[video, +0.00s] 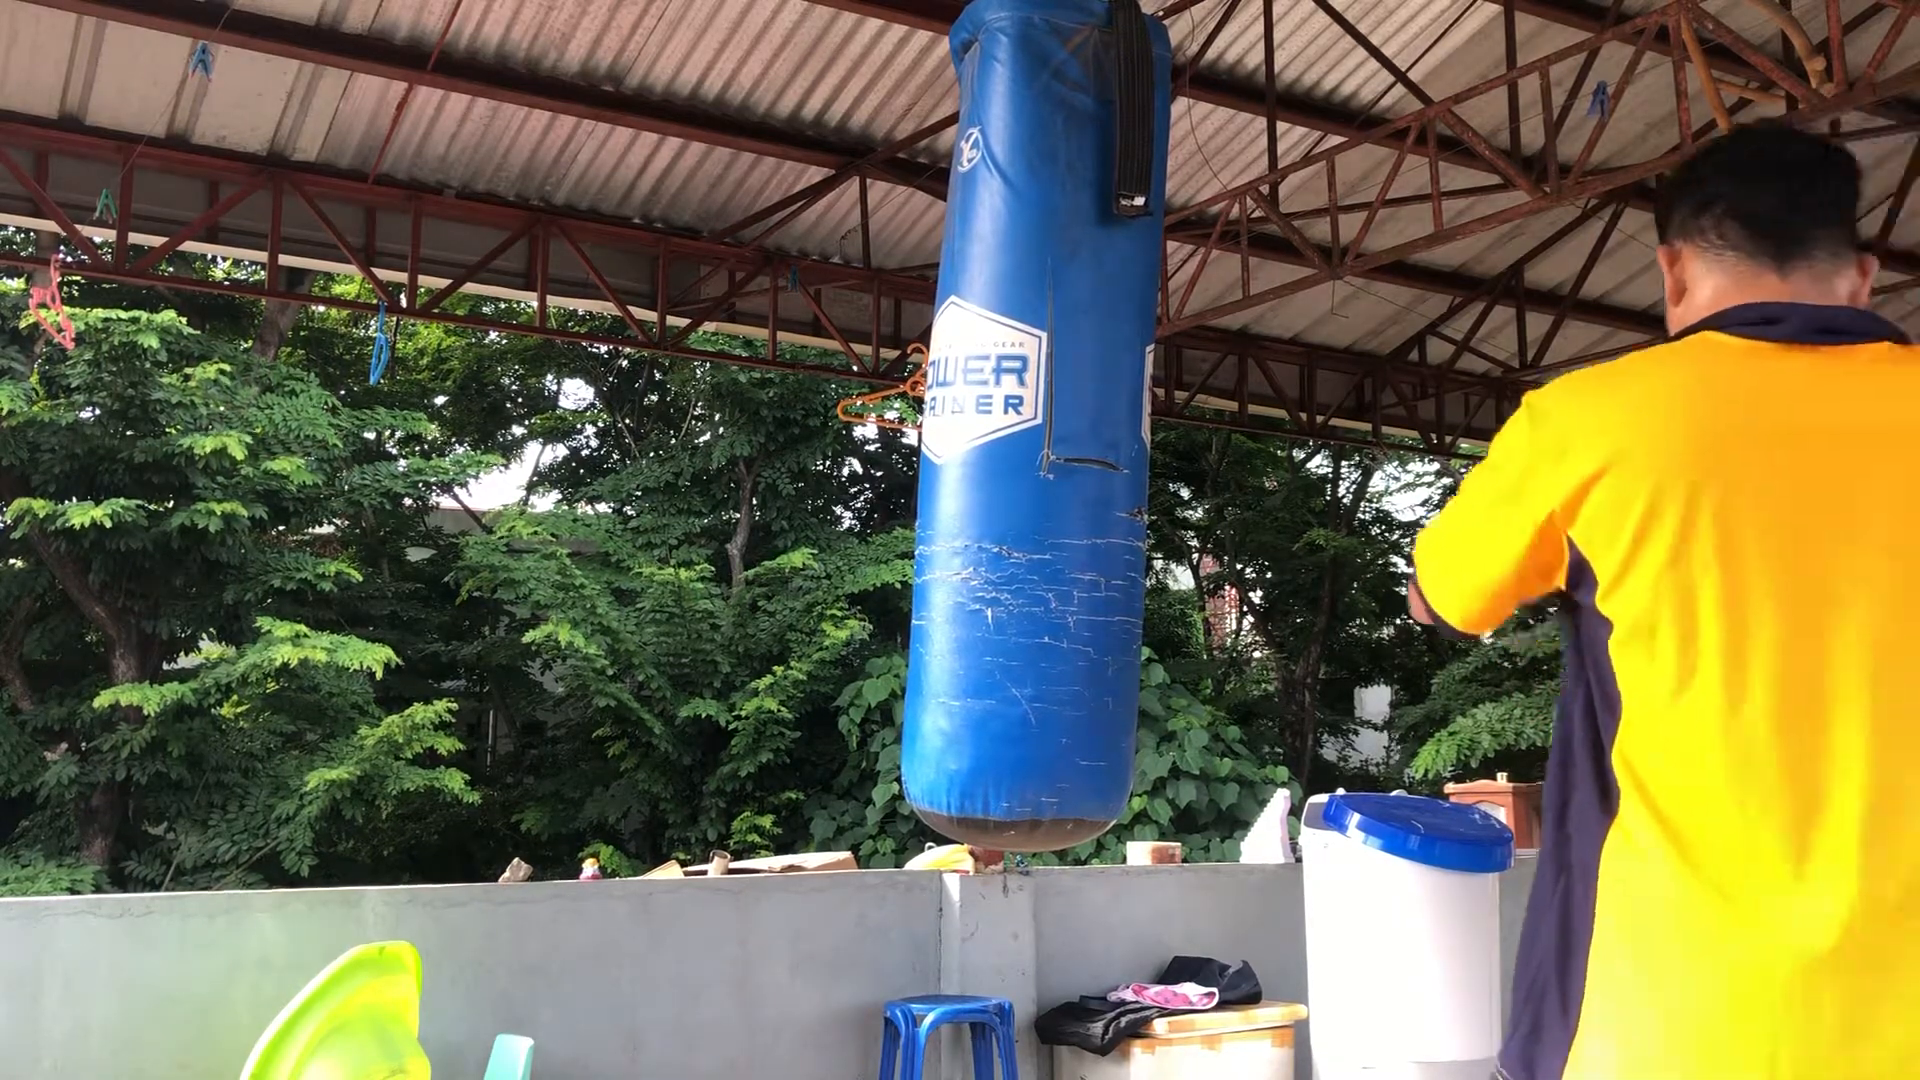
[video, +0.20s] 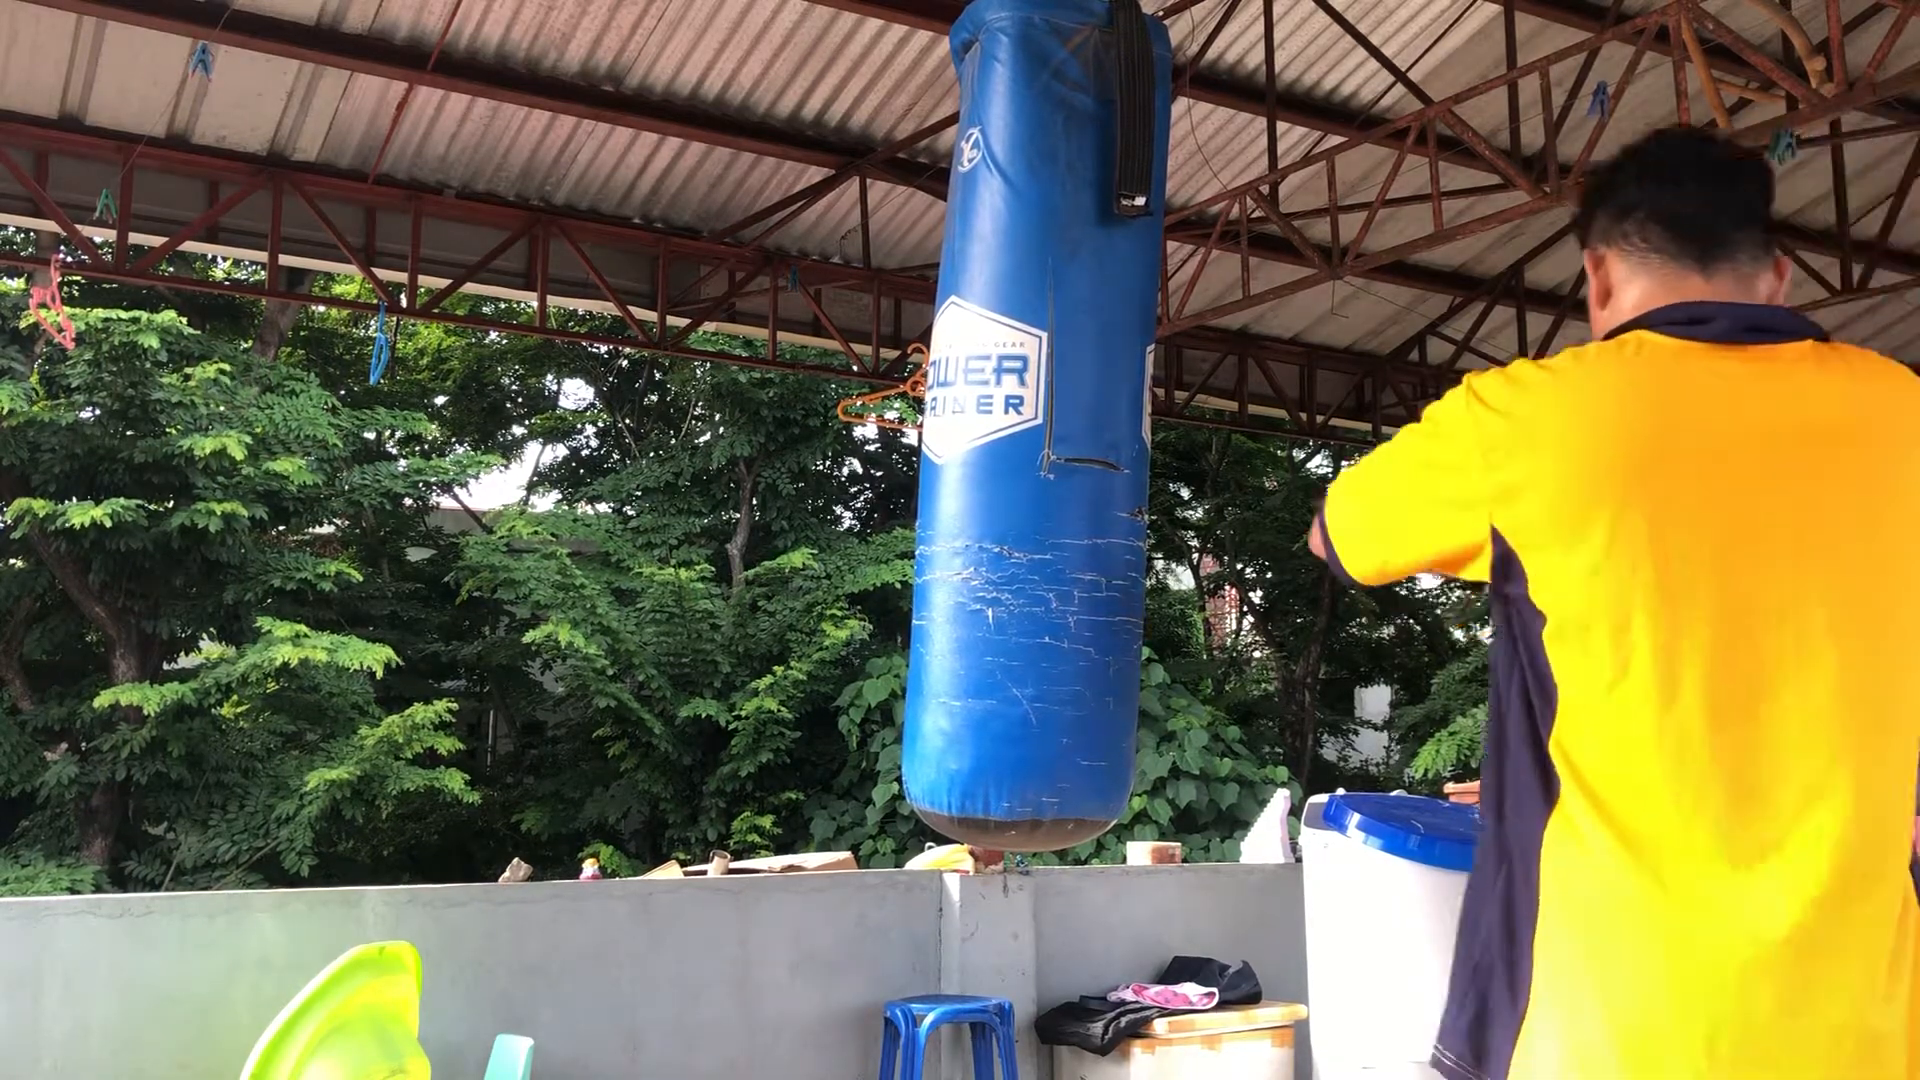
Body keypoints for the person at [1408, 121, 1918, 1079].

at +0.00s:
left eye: (1662, 289)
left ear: (1672, 278)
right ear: (1862, 283)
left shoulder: (1595, 413)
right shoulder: (1907, 387)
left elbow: (1446, 595)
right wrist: (1548, 811)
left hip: (1673, 1030)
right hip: (1897, 1024)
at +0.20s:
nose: (1589, 316)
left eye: (1583, 297)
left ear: (1600, 284)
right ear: (1778, 278)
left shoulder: (1528, 413)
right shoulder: (1903, 407)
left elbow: (1340, 538)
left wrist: (1507, 516)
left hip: (1604, 1032)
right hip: (1871, 1028)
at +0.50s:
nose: (1501, 330)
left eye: (1497, 313)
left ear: (1517, 297)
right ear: (1689, 294)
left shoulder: (1443, 408)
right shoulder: (1806, 410)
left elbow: (1269, 521)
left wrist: (1437, 555)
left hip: (1533, 1029)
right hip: (1789, 1020)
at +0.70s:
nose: (1505, 340)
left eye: (1501, 322)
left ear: (1520, 305)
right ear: (1687, 301)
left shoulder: (1455, 416)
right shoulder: (1804, 422)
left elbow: (1284, 542)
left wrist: (1453, 543)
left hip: (1538, 1026)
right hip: (1783, 1017)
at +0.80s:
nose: (1514, 345)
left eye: (1512, 323)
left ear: (1536, 305)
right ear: (1697, 306)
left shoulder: (1473, 414)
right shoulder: (1816, 427)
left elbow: (1300, 539)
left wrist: (1435, 582)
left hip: (1547, 1030)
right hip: (1789, 1022)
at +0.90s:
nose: (1542, 349)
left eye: (1540, 328)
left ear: (1568, 308)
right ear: (1724, 315)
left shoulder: (1503, 415)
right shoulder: (1845, 438)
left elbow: (1328, 556)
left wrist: (1445, 637)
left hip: (1568, 1025)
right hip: (1800, 1023)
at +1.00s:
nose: (1570, 355)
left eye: (1568, 329)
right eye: (1567, 333)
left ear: (1605, 307)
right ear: (1739, 312)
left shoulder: (1557, 414)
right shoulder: (1873, 445)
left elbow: (1367, 581)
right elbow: (1895, 674)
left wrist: (1457, 655)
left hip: (1604, 1019)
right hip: (1827, 1018)